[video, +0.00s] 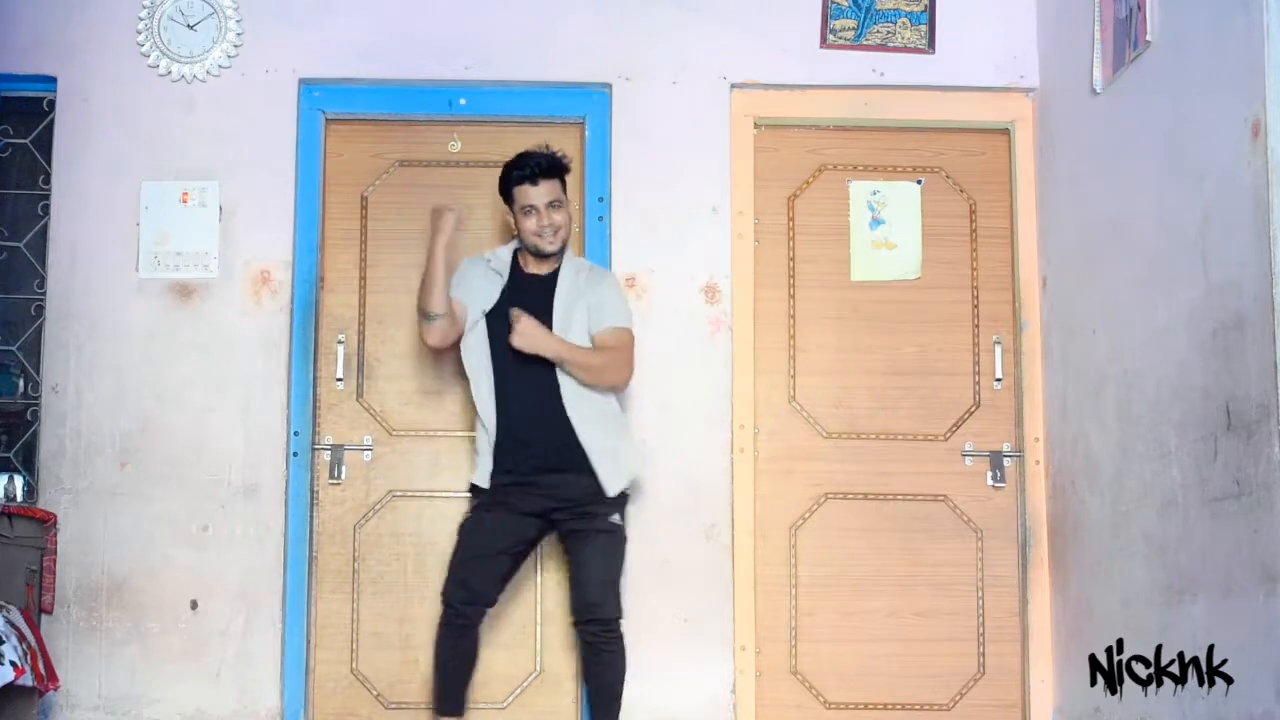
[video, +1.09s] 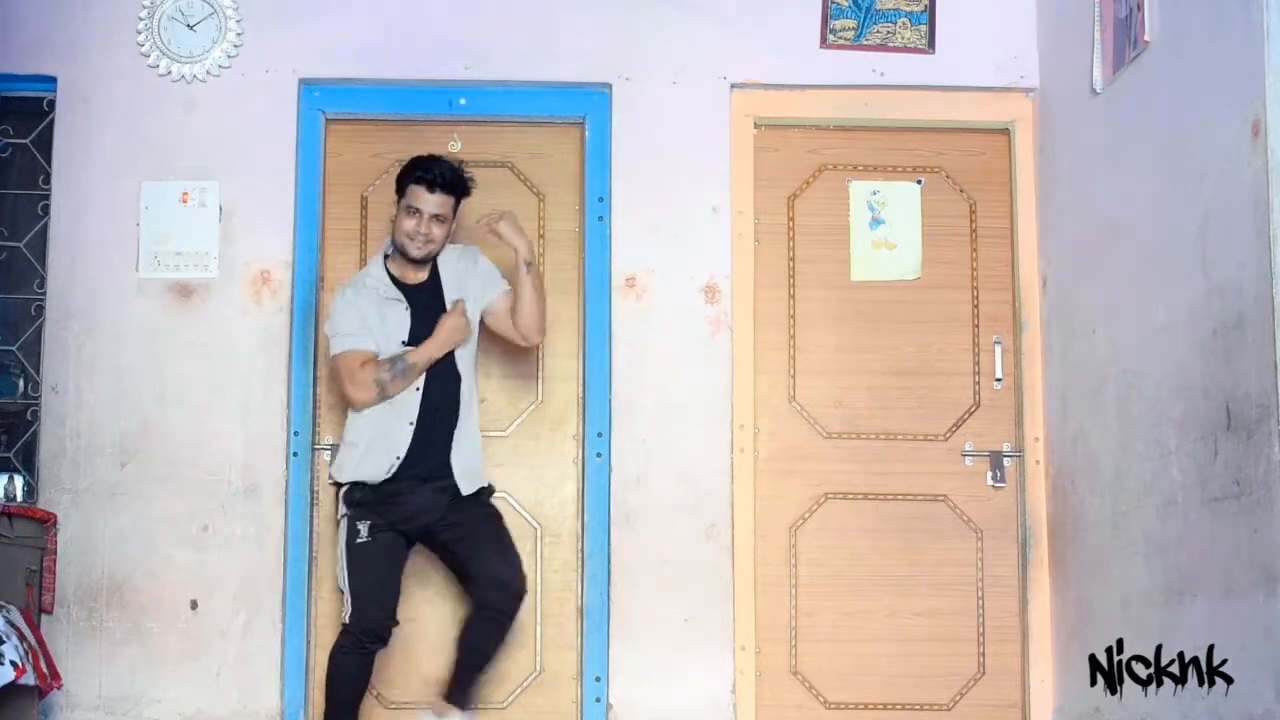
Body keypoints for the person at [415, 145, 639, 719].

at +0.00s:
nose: (546, 221)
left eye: (555, 206)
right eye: (530, 210)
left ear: (570, 207)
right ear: (511, 214)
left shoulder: (598, 283)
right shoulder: (479, 275)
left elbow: (618, 370)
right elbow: (436, 334)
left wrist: (549, 344)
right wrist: (441, 246)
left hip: (592, 486)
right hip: (510, 485)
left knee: (599, 621)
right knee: (461, 605)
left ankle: (605, 718)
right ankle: (447, 715)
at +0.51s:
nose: (487, 246)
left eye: (500, 234)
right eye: (477, 232)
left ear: (524, 229)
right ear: (463, 223)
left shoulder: (550, 296)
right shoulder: (427, 280)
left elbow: (552, 384)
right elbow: (373, 340)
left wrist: (483, 339)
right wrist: (387, 262)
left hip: (530, 497)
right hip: (445, 495)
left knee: (551, 628)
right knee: (402, 612)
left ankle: (572, 716)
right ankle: (402, 713)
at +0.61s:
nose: (465, 229)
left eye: (481, 218)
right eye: (457, 214)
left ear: (506, 215)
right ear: (445, 207)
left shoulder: (531, 274)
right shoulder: (405, 273)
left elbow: (522, 363)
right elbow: (340, 330)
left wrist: (440, 377)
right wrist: (319, 249)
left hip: (493, 489)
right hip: (408, 487)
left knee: (519, 620)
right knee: (381, 618)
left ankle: (539, 717)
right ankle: (345, 717)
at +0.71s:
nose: (445, 226)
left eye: (461, 215)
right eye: (437, 210)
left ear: (484, 219)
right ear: (425, 208)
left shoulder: (503, 272)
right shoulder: (378, 281)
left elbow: (518, 359)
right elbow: (322, 355)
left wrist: (459, 408)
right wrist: (289, 316)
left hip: (464, 484)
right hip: (383, 483)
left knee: (482, 602)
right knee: (366, 617)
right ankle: (339, 717)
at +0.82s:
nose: (425, 226)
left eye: (442, 217)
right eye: (418, 211)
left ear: (463, 223)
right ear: (404, 210)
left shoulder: (488, 274)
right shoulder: (359, 293)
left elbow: (545, 343)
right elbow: (321, 385)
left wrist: (497, 362)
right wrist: (356, 372)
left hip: (449, 487)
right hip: (367, 486)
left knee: (450, 597)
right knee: (359, 621)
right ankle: (336, 718)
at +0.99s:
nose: (415, 234)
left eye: (430, 224)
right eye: (405, 219)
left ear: (447, 230)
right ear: (389, 219)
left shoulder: (466, 273)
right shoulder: (353, 307)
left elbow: (522, 339)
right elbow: (353, 402)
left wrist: (518, 262)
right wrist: (425, 351)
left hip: (442, 489)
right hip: (363, 492)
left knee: (469, 587)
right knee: (360, 629)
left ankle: (382, 650)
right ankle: (334, 718)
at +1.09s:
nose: (423, 229)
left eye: (438, 218)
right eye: (413, 213)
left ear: (453, 223)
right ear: (394, 212)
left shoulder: (467, 269)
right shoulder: (356, 298)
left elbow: (527, 332)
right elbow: (359, 390)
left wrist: (524, 256)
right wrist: (436, 346)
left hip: (455, 487)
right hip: (377, 493)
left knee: (503, 587)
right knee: (369, 626)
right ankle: (339, 716)